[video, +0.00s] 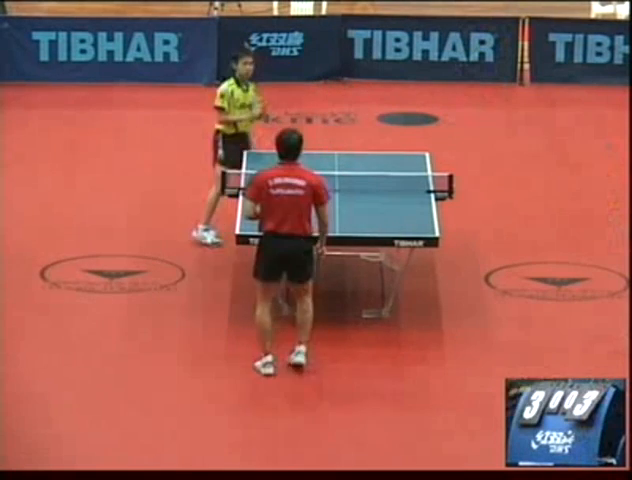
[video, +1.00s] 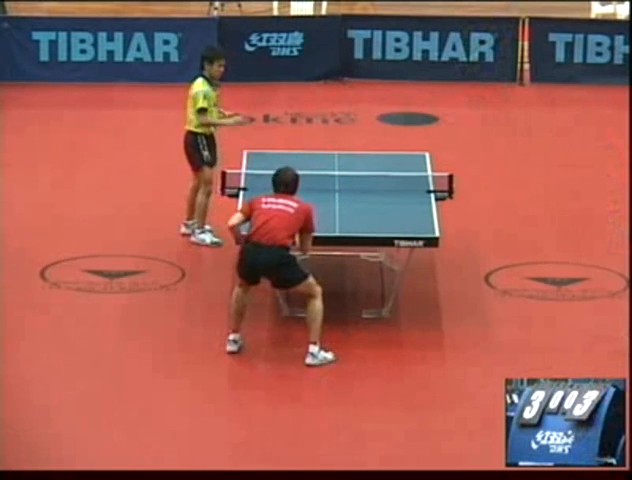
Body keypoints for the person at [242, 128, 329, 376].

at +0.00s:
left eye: (282, 147)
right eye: (296, 147)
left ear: (277, 150)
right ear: (300, 150)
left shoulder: (264, 178)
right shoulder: (313, 180)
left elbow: (250, 212)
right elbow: (323, 218)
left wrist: (267, 211)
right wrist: (322, 241)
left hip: (272, 240)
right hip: (301, 242)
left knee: (265, 299)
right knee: (303, 296)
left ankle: (267, 355)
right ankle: (302, 348)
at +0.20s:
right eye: (297, 145)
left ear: (277, 148)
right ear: (301, 149)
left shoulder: (262, 175)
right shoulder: (312, 179)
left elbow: (246, 207)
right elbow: (323, 218)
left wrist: (266, 211)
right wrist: (319, 239)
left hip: (269, 240)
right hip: (299, 241)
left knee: (265, 298)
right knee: (310, 295)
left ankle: (267, 356)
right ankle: (313, 349)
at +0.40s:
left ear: (287, 150)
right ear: (310, 151)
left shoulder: (271, 175)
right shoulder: (319, 181)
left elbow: (254, 206)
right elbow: (327, 221)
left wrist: (272, 212)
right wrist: (308, 223)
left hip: (272, 239)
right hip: (302, 242)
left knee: (265, 293)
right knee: (313, 297)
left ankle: (264, 348)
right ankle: (316, 349)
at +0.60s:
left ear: (290, 159)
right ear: (312, 161)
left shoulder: (273, 181)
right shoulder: (321, 187)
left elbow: (255, 208)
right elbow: (327, 227)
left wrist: (271, 218)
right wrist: (307, 224)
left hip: (271, 240)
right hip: (301, 244)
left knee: (254, 286)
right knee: (318, 294)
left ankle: (240, 339)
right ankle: (315, 349)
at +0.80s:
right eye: (303, 174)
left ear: (281, 176)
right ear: (304, 177)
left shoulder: (265, 194)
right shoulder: (312, 202)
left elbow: (243, 218)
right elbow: (314, 241)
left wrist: (256, 231)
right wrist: (296, 234)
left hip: (260, 249)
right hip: (289, 252)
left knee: (246, 288)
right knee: (319, 293)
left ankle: (234, 337)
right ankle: (315, 349)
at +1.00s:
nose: (293, 188)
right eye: (295, 184)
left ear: (274, 186)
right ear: (296, 187)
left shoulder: (258, 202)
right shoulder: (304, 209)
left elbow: (232, 224)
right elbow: (305, 248)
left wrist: (240, 241)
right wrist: (291, 238)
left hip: (251, 251)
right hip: (279, 255)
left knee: (242, 287)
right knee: (315, 292)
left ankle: (233, 337)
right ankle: (314, 349)